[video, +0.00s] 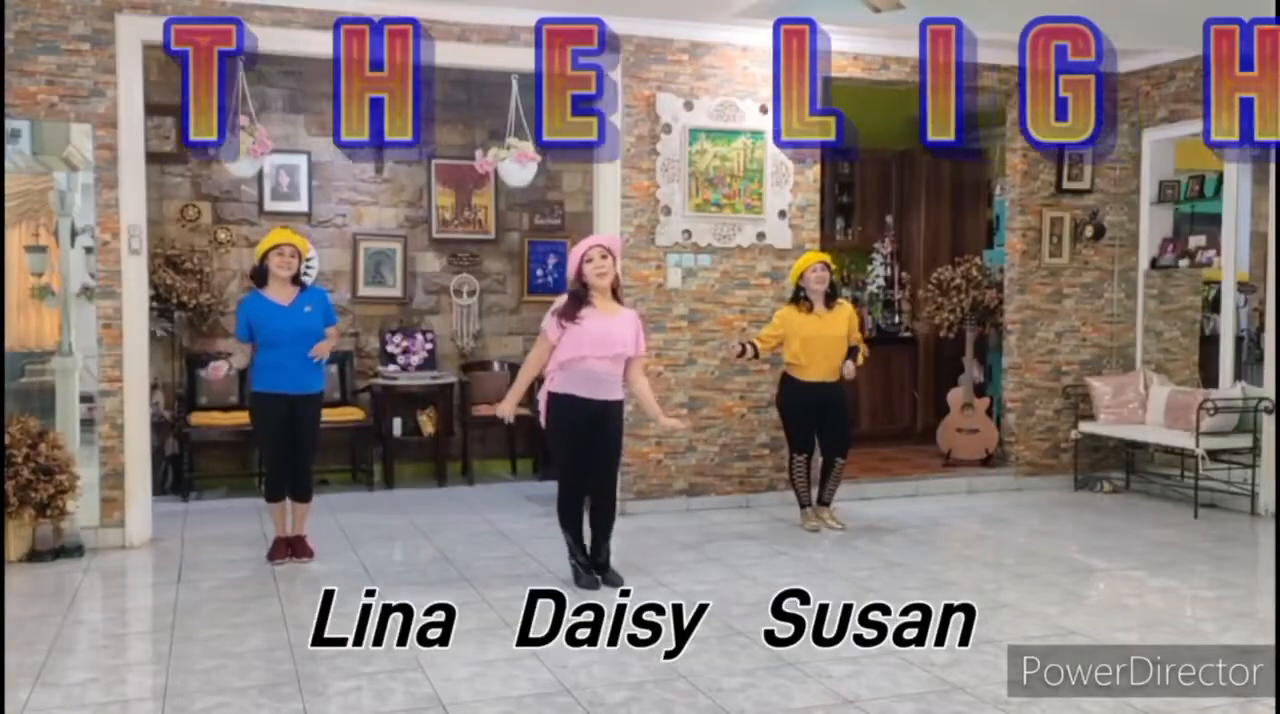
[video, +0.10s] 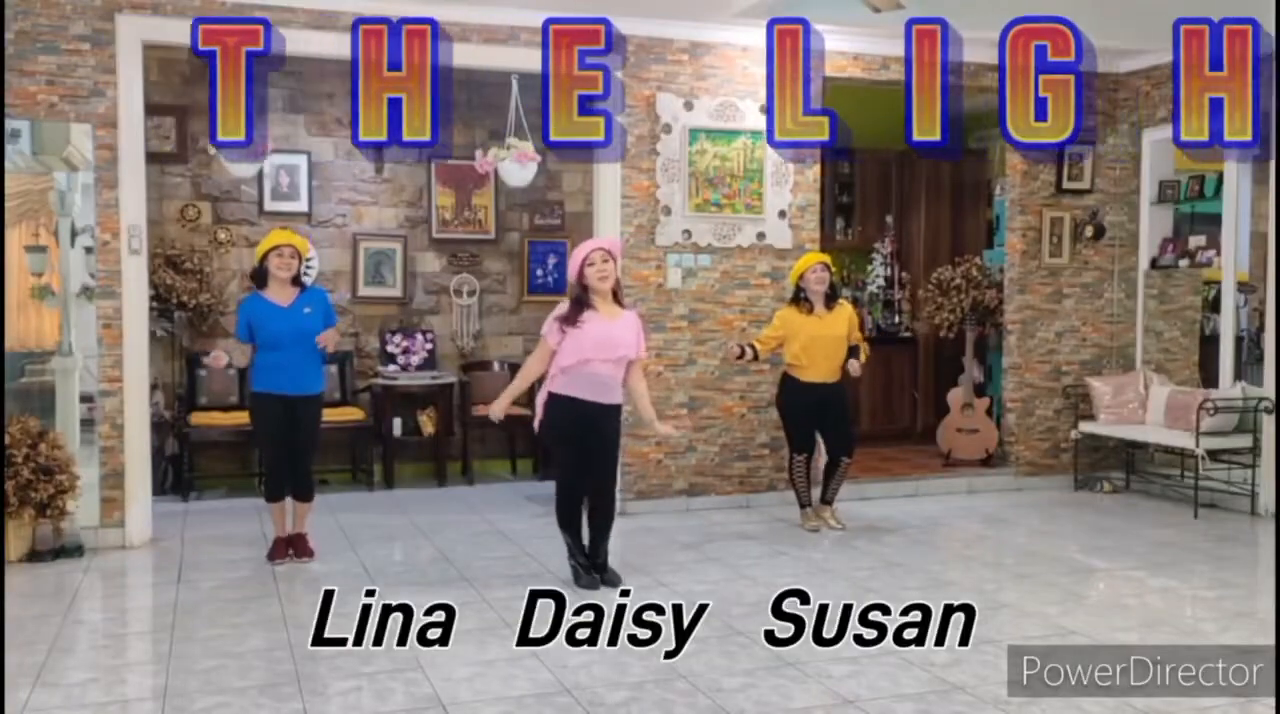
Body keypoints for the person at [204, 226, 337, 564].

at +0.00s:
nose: (285, 260)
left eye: (292, 255)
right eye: (279, 254)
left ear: (300, 262)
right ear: (265, 260)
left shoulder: (317, 297)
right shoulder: (251, 303)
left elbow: (333, 333)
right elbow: (245, 349)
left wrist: (328, 344)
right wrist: (227, 363)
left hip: (308, 393)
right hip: (267, 393)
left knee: (302, 463)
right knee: (274, 463)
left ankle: (299, 535)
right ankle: (281, 537)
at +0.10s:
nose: (285, 261)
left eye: (291, 256)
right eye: (278, 255)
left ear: (300, 263)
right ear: (265, 261)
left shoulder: (317, 298)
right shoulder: (251, 304)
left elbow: (334, 335)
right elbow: (245, 350)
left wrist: (332, 337)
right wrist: (227, 357)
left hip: (308, 394)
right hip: (267, 393)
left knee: (302, 463)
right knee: (273, 463)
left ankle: (300, 534)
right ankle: (280, 536)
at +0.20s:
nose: (287, 259)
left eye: (293, 254)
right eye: (280, 253)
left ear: (302, 261)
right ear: (267, 259)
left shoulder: (317, 298)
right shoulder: (252, 304)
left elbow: (328, 346)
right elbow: (245, 350)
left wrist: (335, 334)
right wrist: (225, 347)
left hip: (309, 393)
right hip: (267, 393)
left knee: (308, 462)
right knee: (274, 463)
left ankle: (305, 532)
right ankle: (281, 536)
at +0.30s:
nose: (291, 256)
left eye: (297, 251)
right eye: (285, 250)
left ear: (306, 259)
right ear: (270, 257)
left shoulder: (320, 297)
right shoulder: (254, 302)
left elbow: (331, 343)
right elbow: (244, 347)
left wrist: (344, 332)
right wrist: (223, 343)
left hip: (313, 392)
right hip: (269, 393)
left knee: (315, 460)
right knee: (274, 464)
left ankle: (320, 531)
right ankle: (281, 536)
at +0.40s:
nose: (297, 256)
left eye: (304, 251)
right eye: (291, 250)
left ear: (311, 259)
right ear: (276, 257)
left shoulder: (325, 297)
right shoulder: (260, 301)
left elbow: (335, 342)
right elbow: (248, 346)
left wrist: (349, 337)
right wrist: (224, 347)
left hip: (316, 393)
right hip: (273, 394)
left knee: (320, 461)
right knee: (275, 464)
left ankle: (334, 534)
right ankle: (281, 536)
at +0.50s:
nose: (304, 257)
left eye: (310, 252)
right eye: (297, 251)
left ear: (318, 260)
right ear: (283, 257)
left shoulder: (332, 298)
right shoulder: (267, 301)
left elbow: (344, 341)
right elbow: (256, 347)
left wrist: (355, 347)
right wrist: (231, 361)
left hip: (323, 395)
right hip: (280, 396)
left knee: (325, 463)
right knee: (278, 465)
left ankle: (337, 535)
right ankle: (281, 537)